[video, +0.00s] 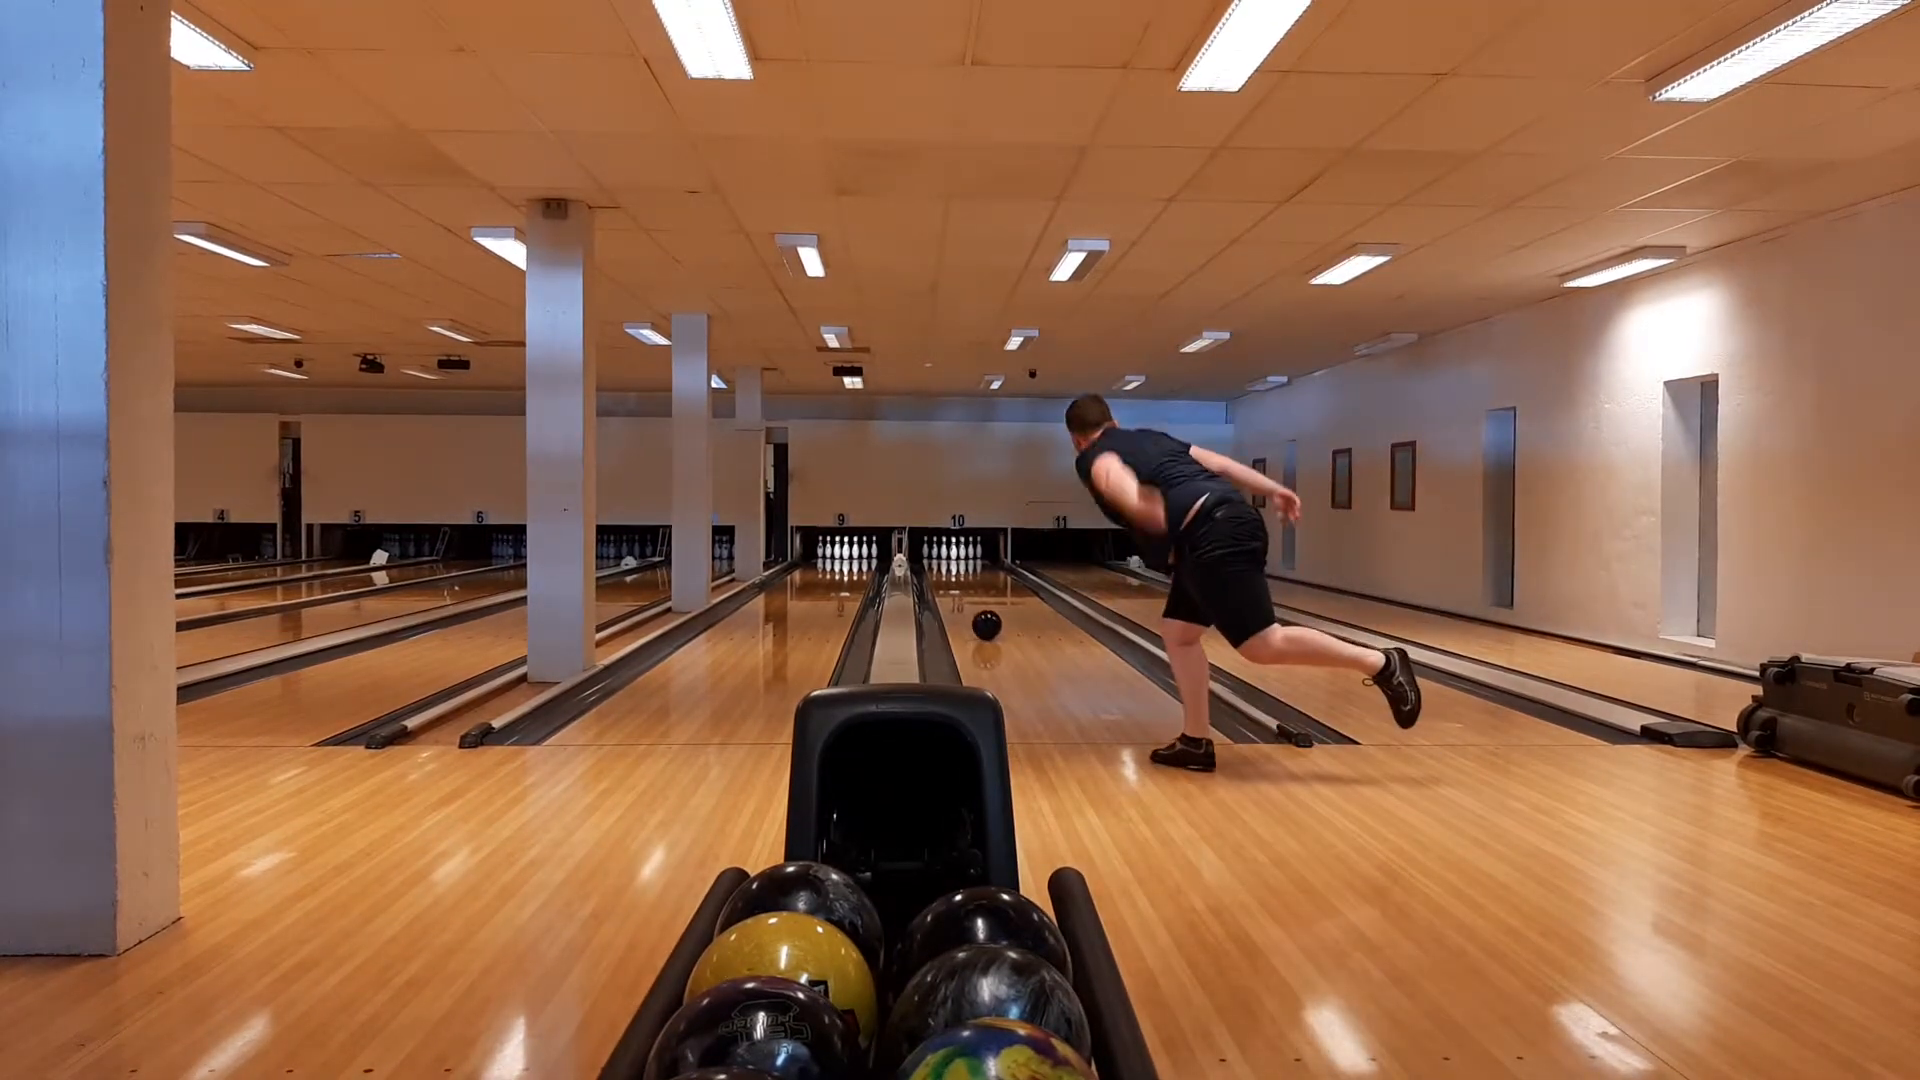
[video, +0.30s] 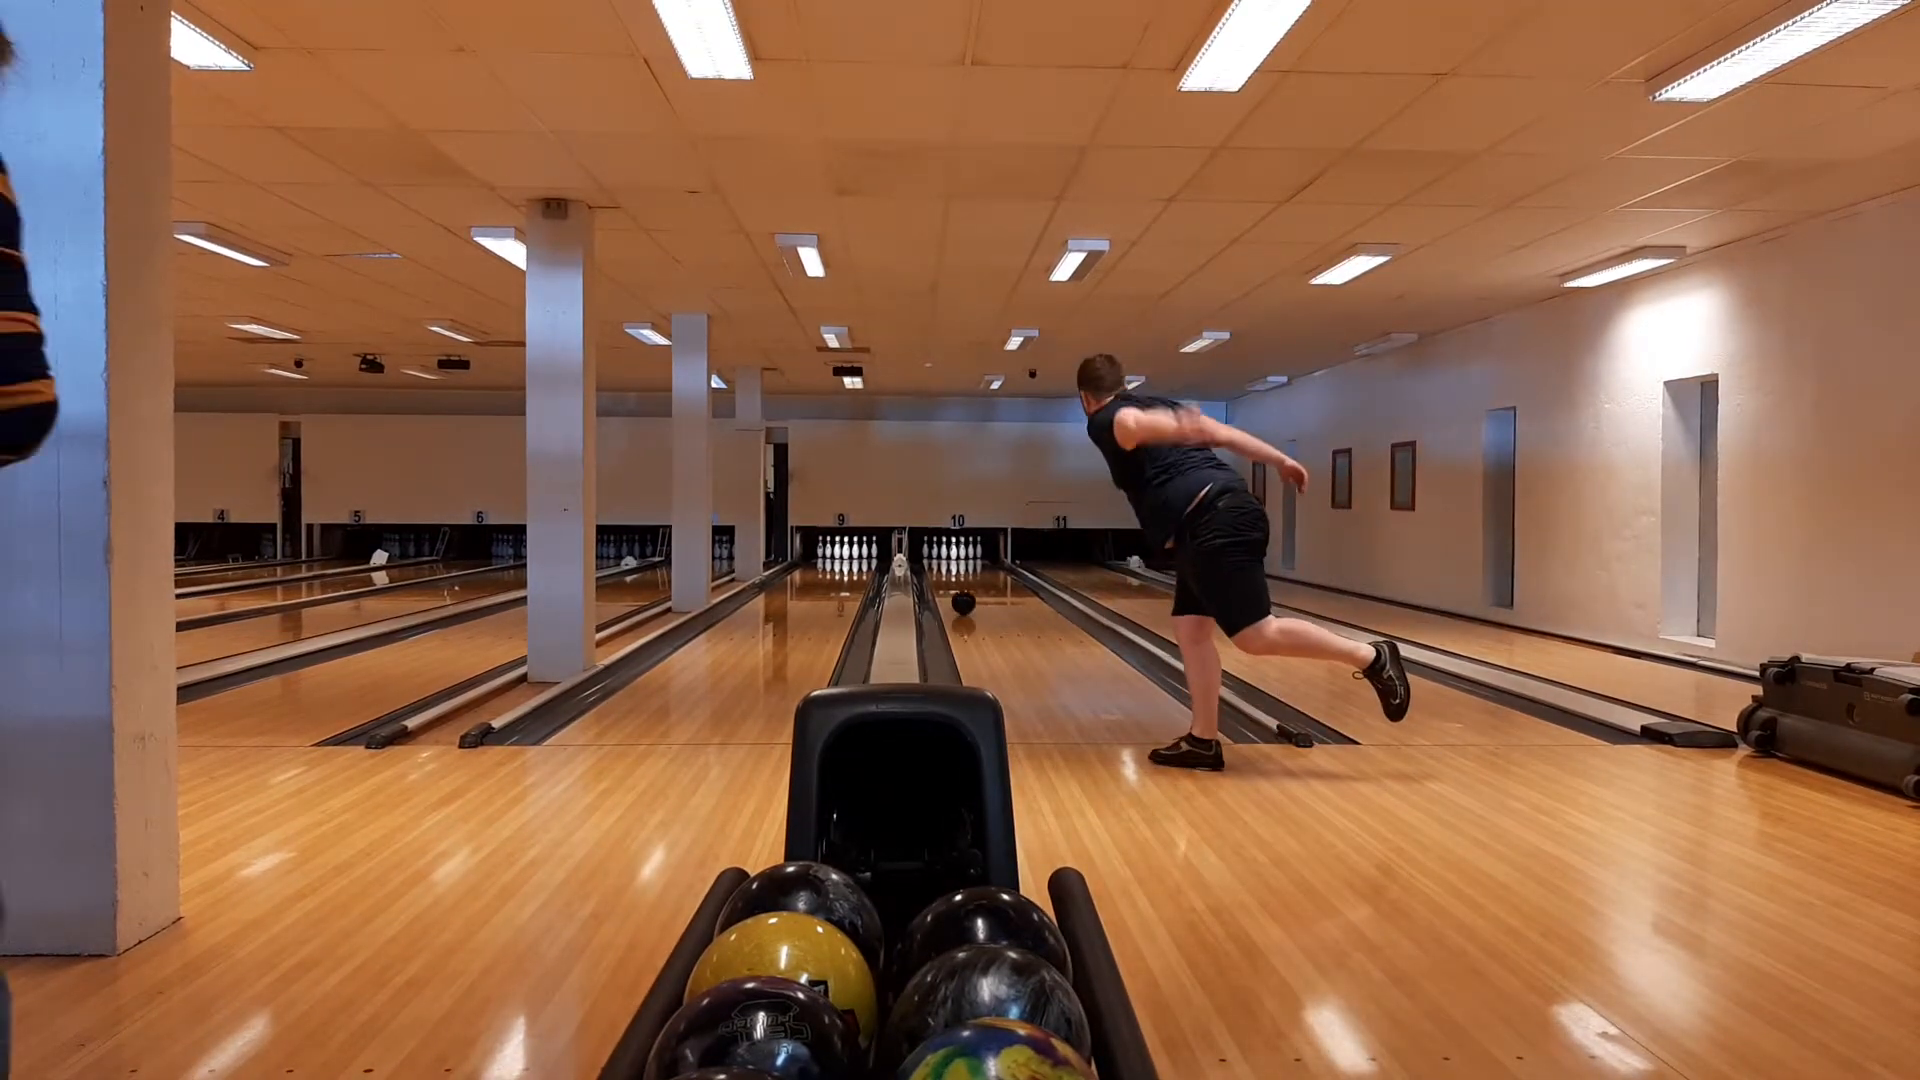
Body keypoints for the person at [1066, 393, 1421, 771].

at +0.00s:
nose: (1075, 447)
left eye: (1073, 440)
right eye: (1077, 440)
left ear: (1077, 436)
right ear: (1113, 425)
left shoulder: (1094, 456)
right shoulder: (1154, 437)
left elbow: (1120, 484)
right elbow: (1220, 464)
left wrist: (1146, 512)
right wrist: (1273, 488)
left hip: (1214, 525)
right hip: (1226, 518)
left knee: (1260, 642)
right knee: (1181, 633)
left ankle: (1382, 663)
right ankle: (1195, 742)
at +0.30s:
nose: (1084, 406)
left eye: (1082, 399)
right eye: (1087, 398)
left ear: (1086, 398)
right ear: (1124, 385)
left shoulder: (1103, 417)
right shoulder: (1162, 406)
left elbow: (1136, 425)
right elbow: (1219, 433)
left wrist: (1184, 423)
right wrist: (1281, 460)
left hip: (1216, 514)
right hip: (1206, 524)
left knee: (1253, 634)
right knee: (1192, 629)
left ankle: (1372, 657)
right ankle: (1203, 741)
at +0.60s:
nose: (1105, 380)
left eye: (1104, 373)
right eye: (1112, 371)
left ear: (1109, 376)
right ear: (1149, 366)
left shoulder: (1113, 431)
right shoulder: (1189, 398)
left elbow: (1087, 501)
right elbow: (1239, 449)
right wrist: (1272, 494)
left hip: (1218, 523)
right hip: (1236, 512)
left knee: (1259, 639)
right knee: (1189, 628)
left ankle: (1370, 671)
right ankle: (1201, 741)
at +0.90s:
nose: (1111, 368)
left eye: (1112, 361)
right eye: (1111, 360)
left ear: (1117, 363)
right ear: (1159, 356)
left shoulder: (1120, 406)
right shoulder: (1198, 387)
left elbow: (1073, 399)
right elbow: (1247, 436)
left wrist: (1097, 345)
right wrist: (1283, 479)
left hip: (1214, 525)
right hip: (1232, 516)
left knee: (1252, 636)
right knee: (1192, 625)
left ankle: (1370, 668)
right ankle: (1202, 741)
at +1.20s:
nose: (1125, 361)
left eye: (1125, 355)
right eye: (1128, 355)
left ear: (1129, 356)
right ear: (1173, 354)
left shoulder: (1135, 411)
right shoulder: (1208, 388)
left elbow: (1119, 490)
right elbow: (1250, 445)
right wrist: (1279, 492)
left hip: (1217, 525)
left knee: (1251, 636)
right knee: (1195, 626)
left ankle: (1361, 684)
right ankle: (1202, 741)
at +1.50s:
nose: (1131, 364)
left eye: (1130, 358)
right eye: (1135, 358)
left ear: (1134, 357)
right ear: (1176, 353)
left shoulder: (1148, 394)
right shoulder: (1212, 388)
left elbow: (1171, 422)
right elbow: (1255, 438)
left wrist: (1190, 463)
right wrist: (1295, 481)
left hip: (1224, 522)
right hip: (1244, 514)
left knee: (1256, 638)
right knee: (1203, 626)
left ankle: (1367, 687)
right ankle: (1204, 740)